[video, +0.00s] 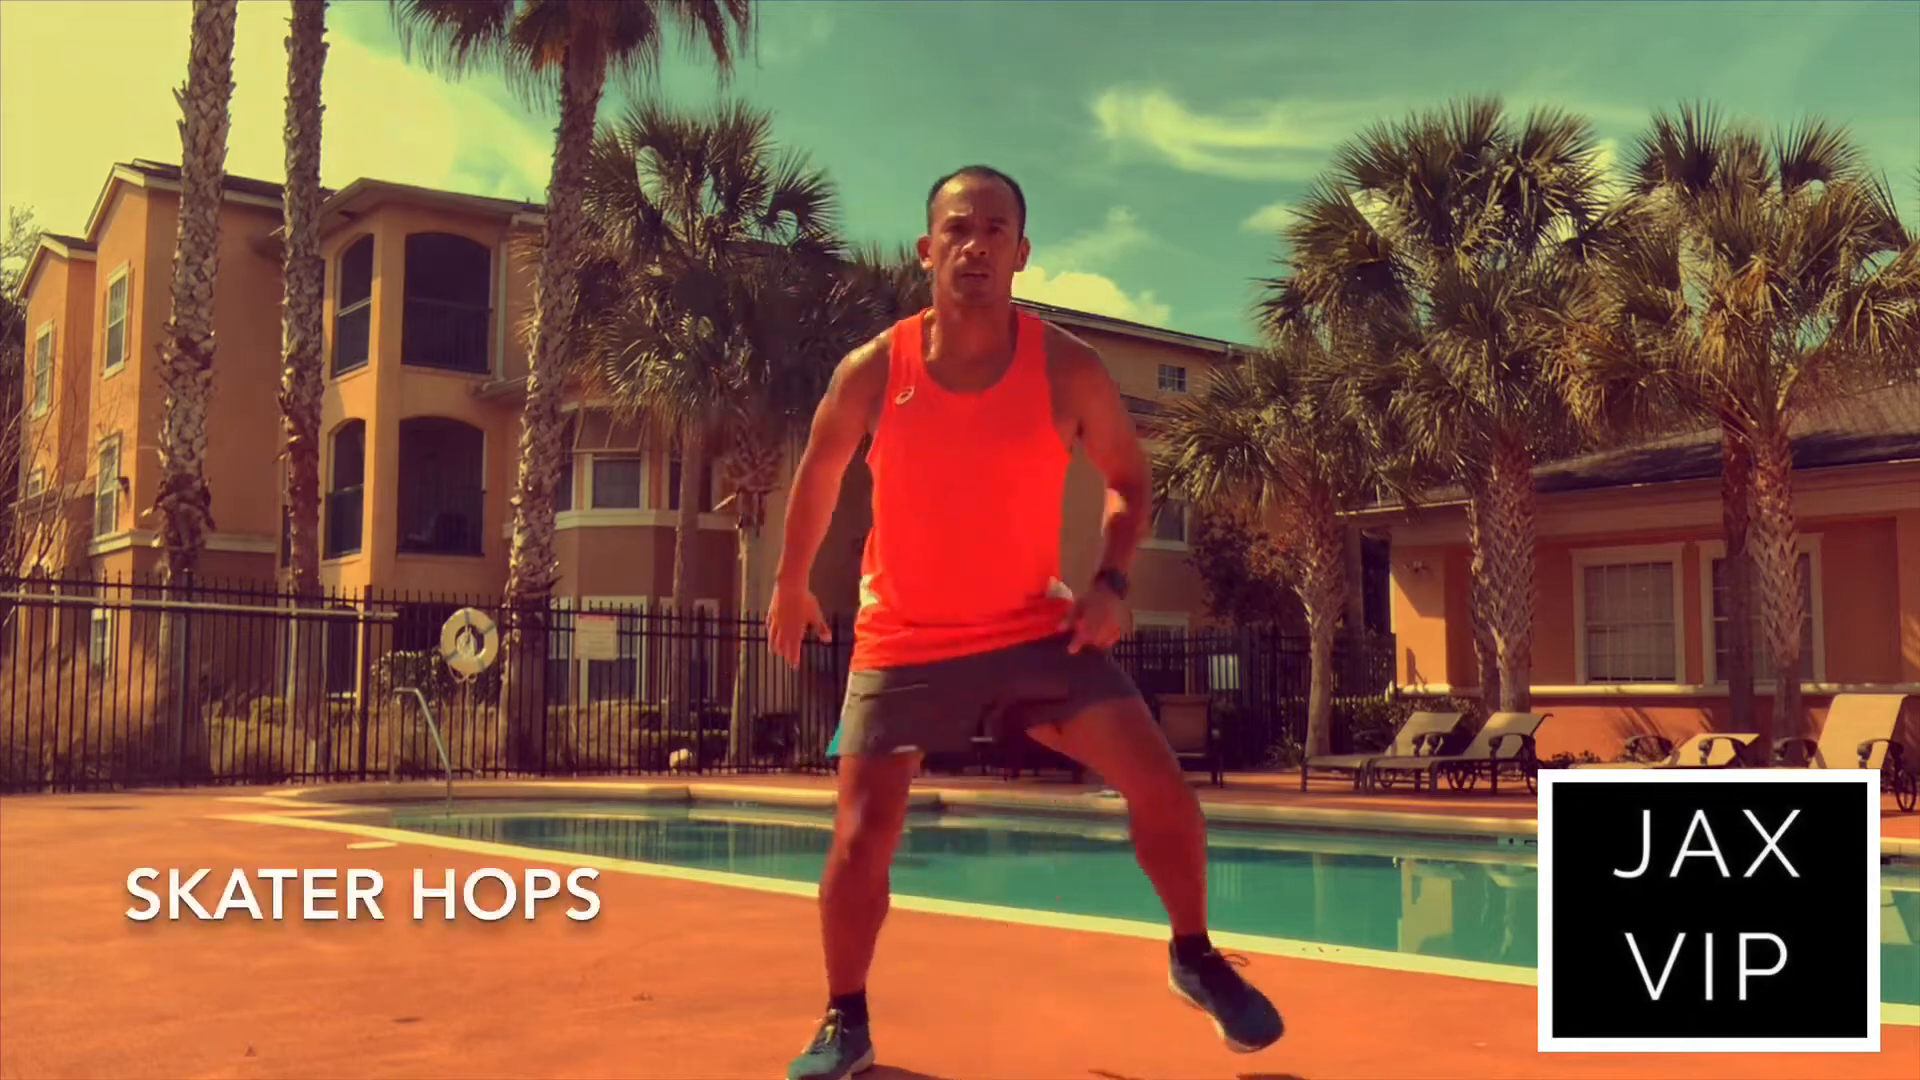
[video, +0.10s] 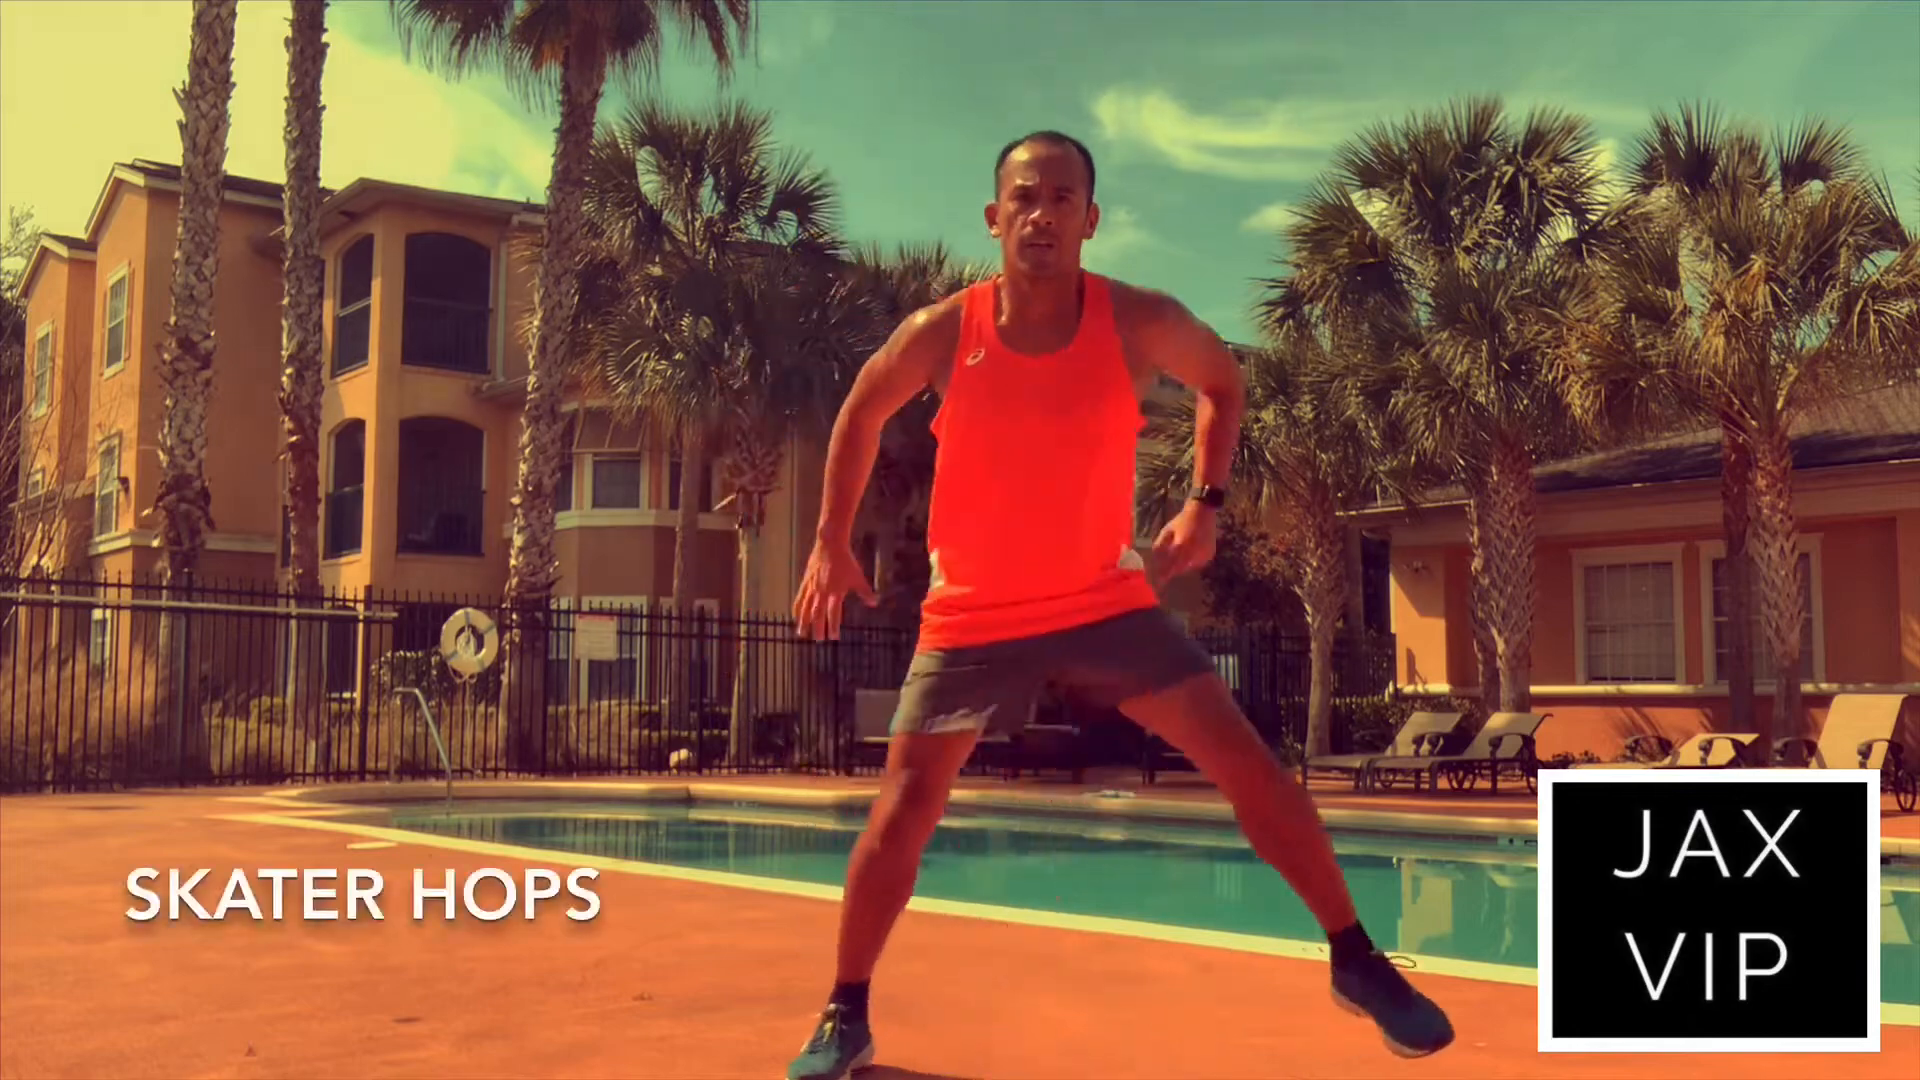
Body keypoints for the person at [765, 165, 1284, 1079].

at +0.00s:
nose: (972, 244)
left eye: (992, 229)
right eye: (956, 229)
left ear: (1021, 250)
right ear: (926, 250)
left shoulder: (1067, 369)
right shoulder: (871, 372)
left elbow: (1128, 482)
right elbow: (820, 473)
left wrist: (1110, 583)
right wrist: (791, 580)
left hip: (1032, 631)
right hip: (899, 643)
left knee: (1156, 777)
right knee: (861, 831)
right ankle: (845, 1020)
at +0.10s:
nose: (1039, 212)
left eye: (1059, 196)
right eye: (1022, 196)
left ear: (1090, 216)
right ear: (993, 217)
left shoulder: (1139, 321)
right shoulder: (943, 332)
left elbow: (1223, 386)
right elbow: (861, 414)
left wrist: (1205, 501)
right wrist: (832, 543)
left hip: (1106, 603)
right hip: (969, 619)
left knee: (1243, 757)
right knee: (905, 802)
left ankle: (1355, 954)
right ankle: (845, 1012)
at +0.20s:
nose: (1119, 191)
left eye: (1140, 175)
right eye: (1103, 175)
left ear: (1171, 196)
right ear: (1074, 197)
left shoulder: (1226, 307)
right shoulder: (1021, 326)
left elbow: (1295, 363)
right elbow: (929, 435)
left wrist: (1291, 481)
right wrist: (888, 562)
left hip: (1200, 598)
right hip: (1056, 606)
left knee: (1316, 774)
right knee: (973, 791)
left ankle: (1437, 980)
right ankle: (921, 954)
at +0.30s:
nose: (1206, 228)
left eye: (1224, 210)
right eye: (1186, 212)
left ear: (1255, 229)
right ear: (1153, 235)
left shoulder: (1309, 347)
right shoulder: (1109, 371)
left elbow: (1359, 437)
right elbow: (1028, 516)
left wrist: (1372, 545)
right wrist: (1010, 655)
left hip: (1286, 628)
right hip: (1146, 641)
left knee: (1372, 816)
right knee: (1071, 842)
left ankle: (1434, 1042)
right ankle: (1081, 867)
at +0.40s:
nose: (1276, 271)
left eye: (1295, 255)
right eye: (1255, 257)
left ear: (1323, 280)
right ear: (1222, 284)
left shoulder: (1371, 390)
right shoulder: (1179, 423)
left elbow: (1424, 473)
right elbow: (1143, 587)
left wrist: (1468, 565)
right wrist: (1188, 718)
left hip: (1340, 656)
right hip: (1218, 682)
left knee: (1406, 821)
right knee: (1210, 907)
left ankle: (1438, 1046)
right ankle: (1256, 806)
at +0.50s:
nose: (1323, 319)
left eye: (1344, 301)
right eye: (1302, 303)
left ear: (1374, 324)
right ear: (1270, 330)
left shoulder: (1409, 429)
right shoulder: (1233, 459)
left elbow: (1468, 489)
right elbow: (1257, 621)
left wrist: (1529, 563)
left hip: (1382, 688)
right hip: (1265, 716)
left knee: (1445, 835)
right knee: (1312, 946)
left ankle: (1445, 1048)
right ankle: (1377, 847)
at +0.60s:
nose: (1362, 365)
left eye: (1382, 349)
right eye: (1340, 348)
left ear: (1407, 376)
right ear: (1301, 376)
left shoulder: (1412, 467)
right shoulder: (1269, 501)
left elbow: (1479, 515)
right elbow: (1364, 648)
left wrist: (1567, 573)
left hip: (1397, 706)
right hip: (1298, 764)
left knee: (1461, 850)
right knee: (1392, 965)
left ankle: (1445, 1048)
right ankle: (1470, 889)